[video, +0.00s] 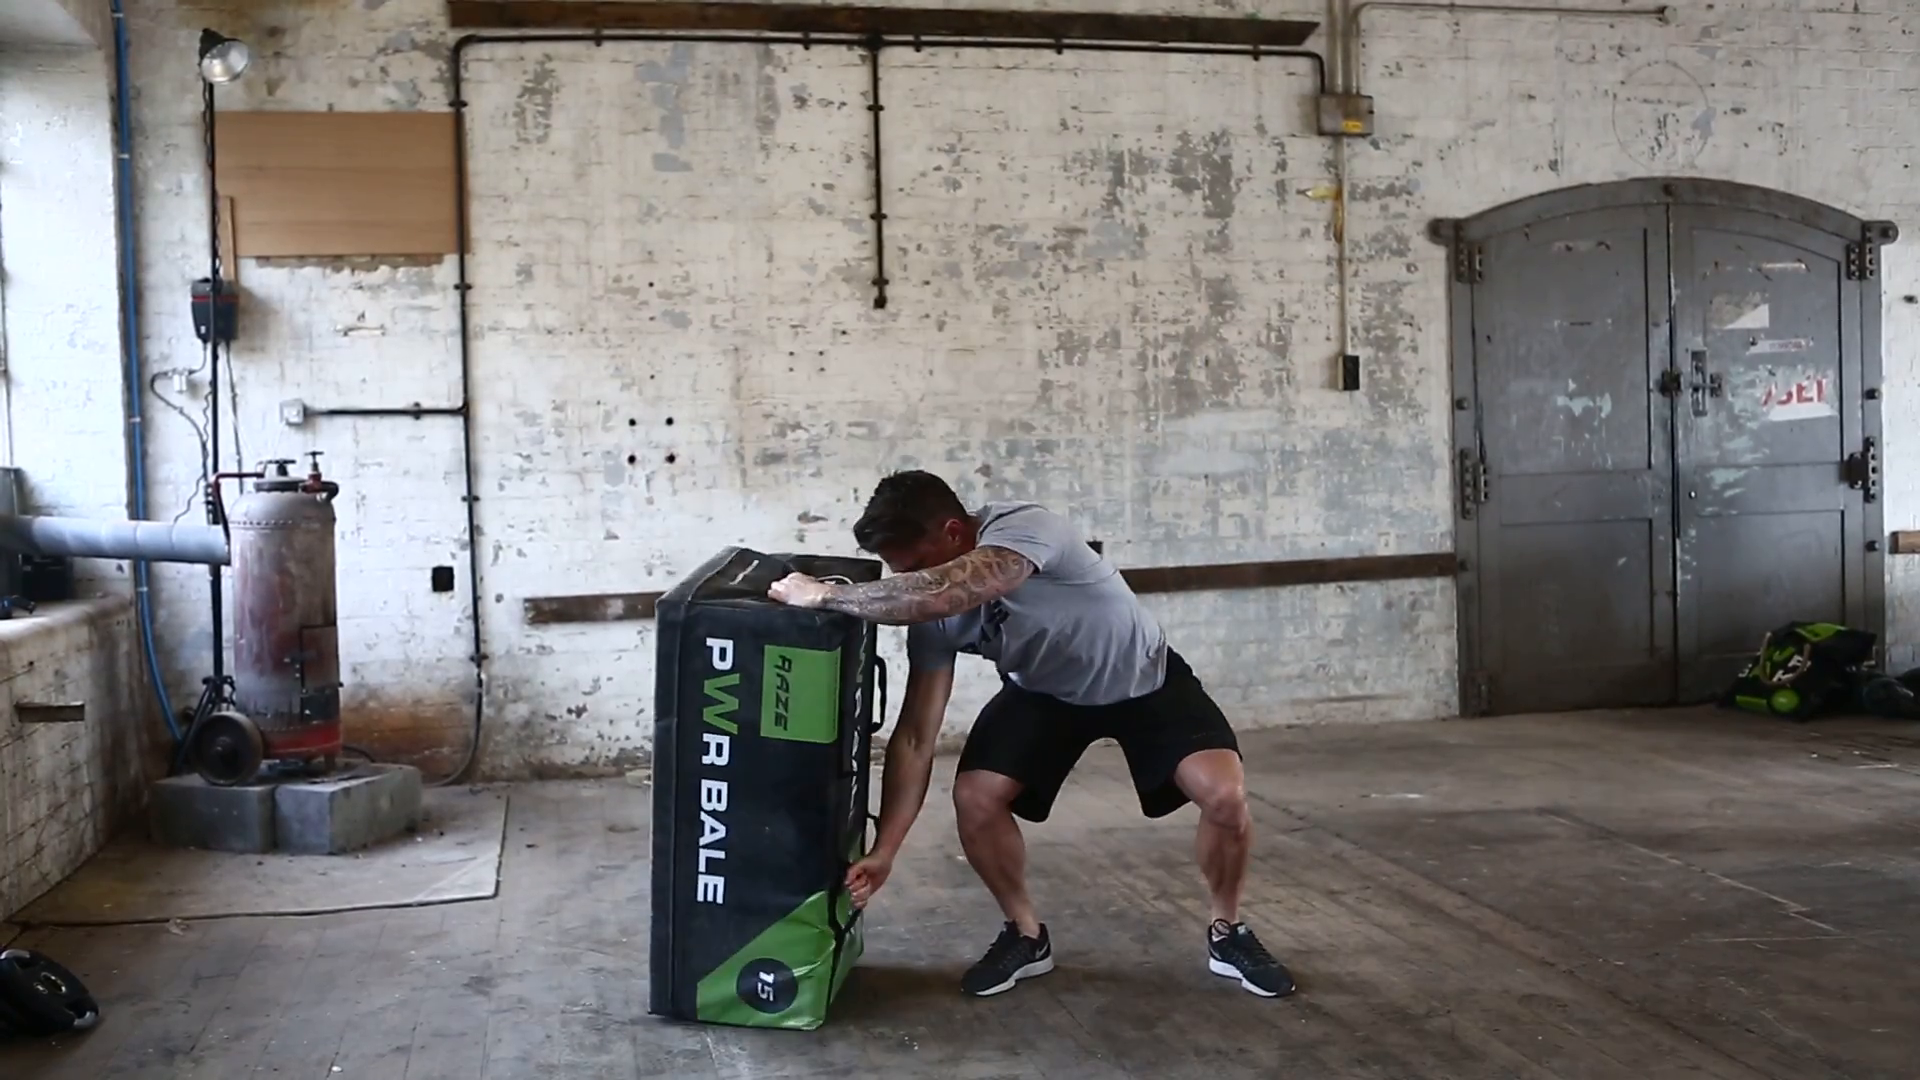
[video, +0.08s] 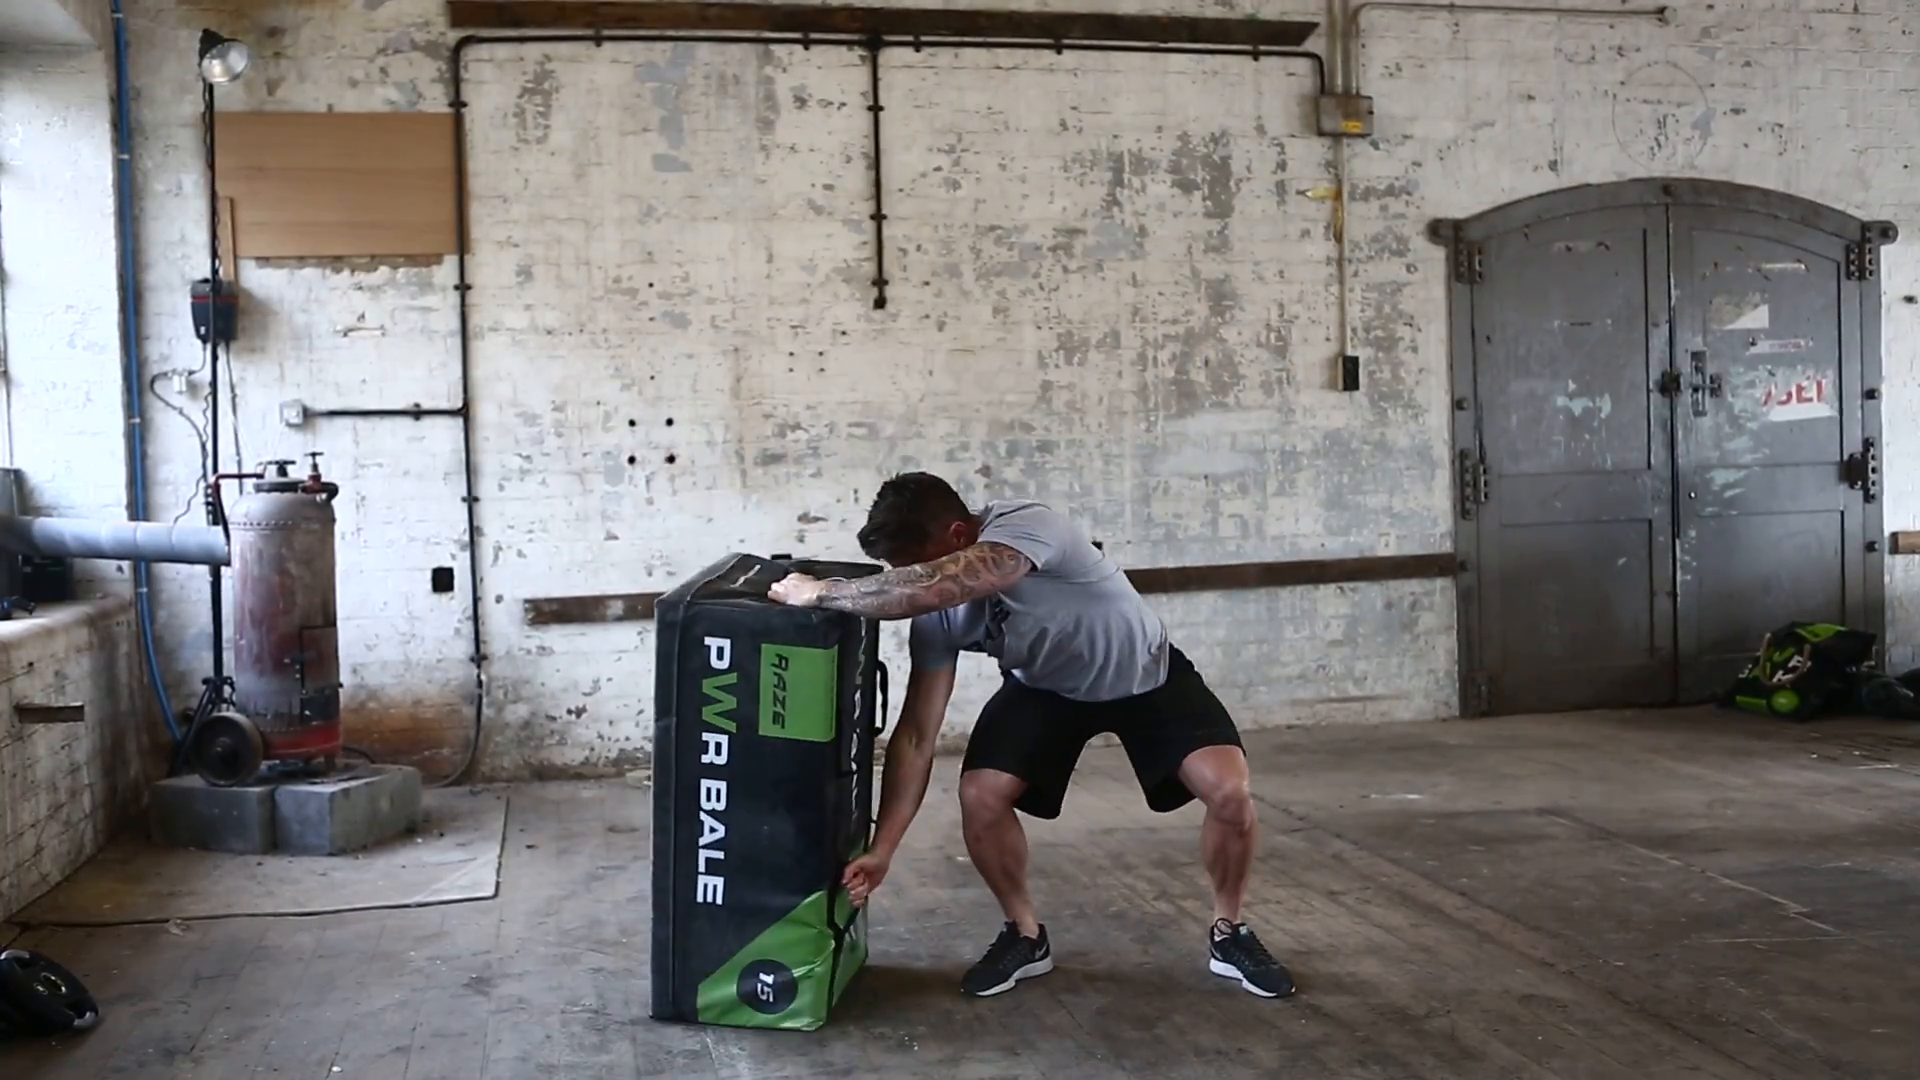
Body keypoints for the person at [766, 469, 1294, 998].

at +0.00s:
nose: (905, 582)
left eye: (909, 566)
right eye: (894, 572)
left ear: (954, 532)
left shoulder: (1030, 529)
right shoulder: (936, 613)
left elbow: (947, 597)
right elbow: (914, 737)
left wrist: (828, 594)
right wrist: (884, 851)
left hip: (1143, 675)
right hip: (1043, 693)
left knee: (1227, 796)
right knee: (976, 799)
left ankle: (1227, 932)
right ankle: (1026, 934)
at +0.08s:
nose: (911, 582)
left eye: (914, 567)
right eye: (900, 573)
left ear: (956, 536)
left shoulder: (1029, 529)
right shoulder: (937, 610)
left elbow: (939, 591)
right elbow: (915, 735)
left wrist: (823, 590)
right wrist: (880, 852)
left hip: (1145, 670)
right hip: (1044, 687)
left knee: (1231, 795)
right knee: (981, 798)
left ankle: (1229, 932)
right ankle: (1026, 934)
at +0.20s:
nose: (913, 576)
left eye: (916, 563)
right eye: (904, 569)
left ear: (954, 527)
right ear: (904, 562)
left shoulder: (1029, 524)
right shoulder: (938, 603)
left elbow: (923, 589)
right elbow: (919, 730)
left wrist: (823, 586)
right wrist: (885, 845)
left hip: (1146, 660)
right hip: (1047, 676)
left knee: (1231, 791)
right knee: (992, 796)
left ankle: (1230, 931)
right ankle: (1023, 934)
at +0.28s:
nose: (925, 565)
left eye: (928, 547)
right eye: (911, 558)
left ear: (956, 514)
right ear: (903, 550)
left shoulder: (1022, 513)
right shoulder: (936, 596)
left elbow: (917, 591)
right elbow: (928, 720)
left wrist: (836, 586)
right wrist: (897, 836)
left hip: (1146, 652)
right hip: (1048, 669)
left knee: (1229, 787)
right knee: (996, 793)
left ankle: (1230, 930)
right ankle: (1022, 932)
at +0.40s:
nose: (915, 556)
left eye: (921, 540)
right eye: (904, 546)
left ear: (956, 501)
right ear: (895, 528)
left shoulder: (1019, 497)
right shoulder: (939, 583)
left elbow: (919, 573)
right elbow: (946, 706)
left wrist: (839, 577)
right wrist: (928, 823)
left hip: (1148, 644)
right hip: (1048, 660)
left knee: (1225, 784)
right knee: (991, 786)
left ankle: (1229, 931)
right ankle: (1020, 934)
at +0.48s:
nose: (914, 551)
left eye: (922, 535)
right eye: (907, 542)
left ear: (958, 502)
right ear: (907, 536)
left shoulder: (1027, 496)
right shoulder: (939, 578)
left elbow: (931, 570)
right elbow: (948, 707)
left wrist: (850, 577)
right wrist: (936, 825)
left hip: (1152, 644)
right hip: (1050, 660)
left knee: (1222, 784)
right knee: (991, 786)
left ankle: (1225, 932)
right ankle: (1021, 932)